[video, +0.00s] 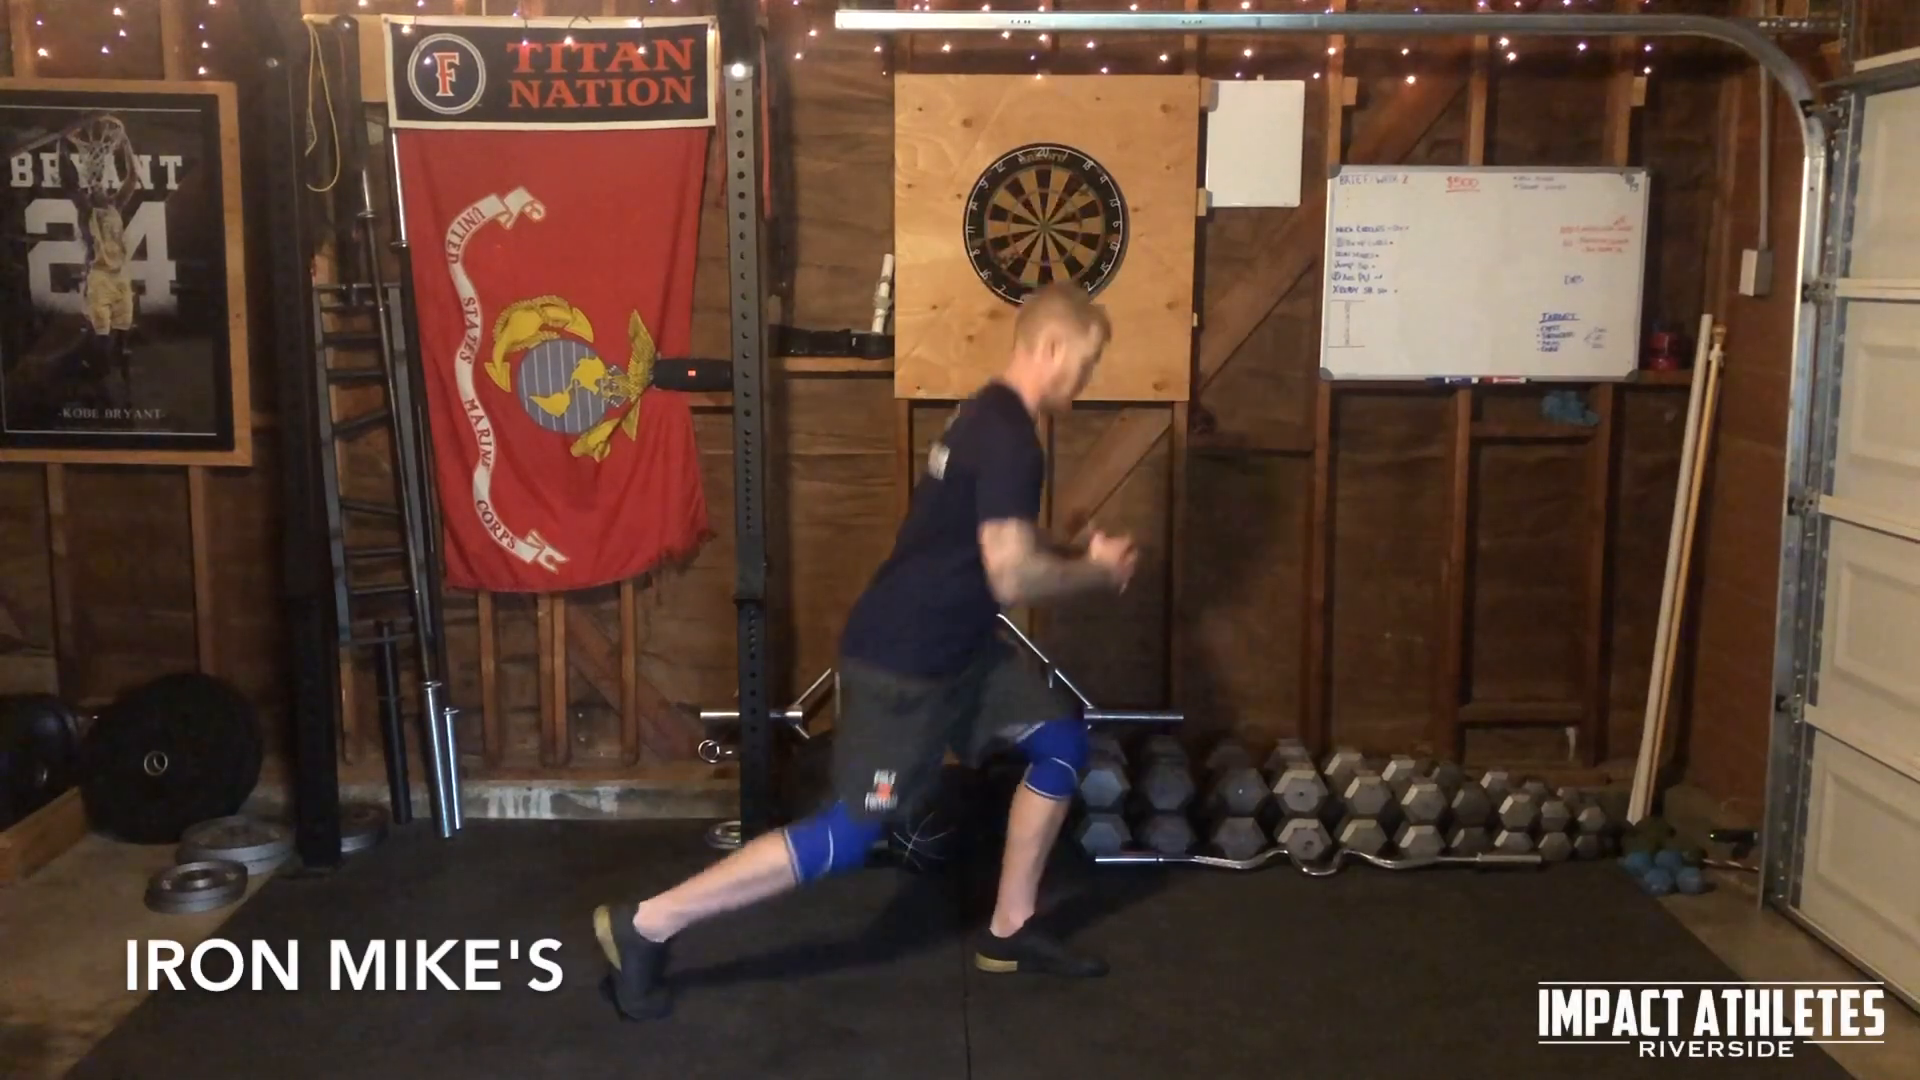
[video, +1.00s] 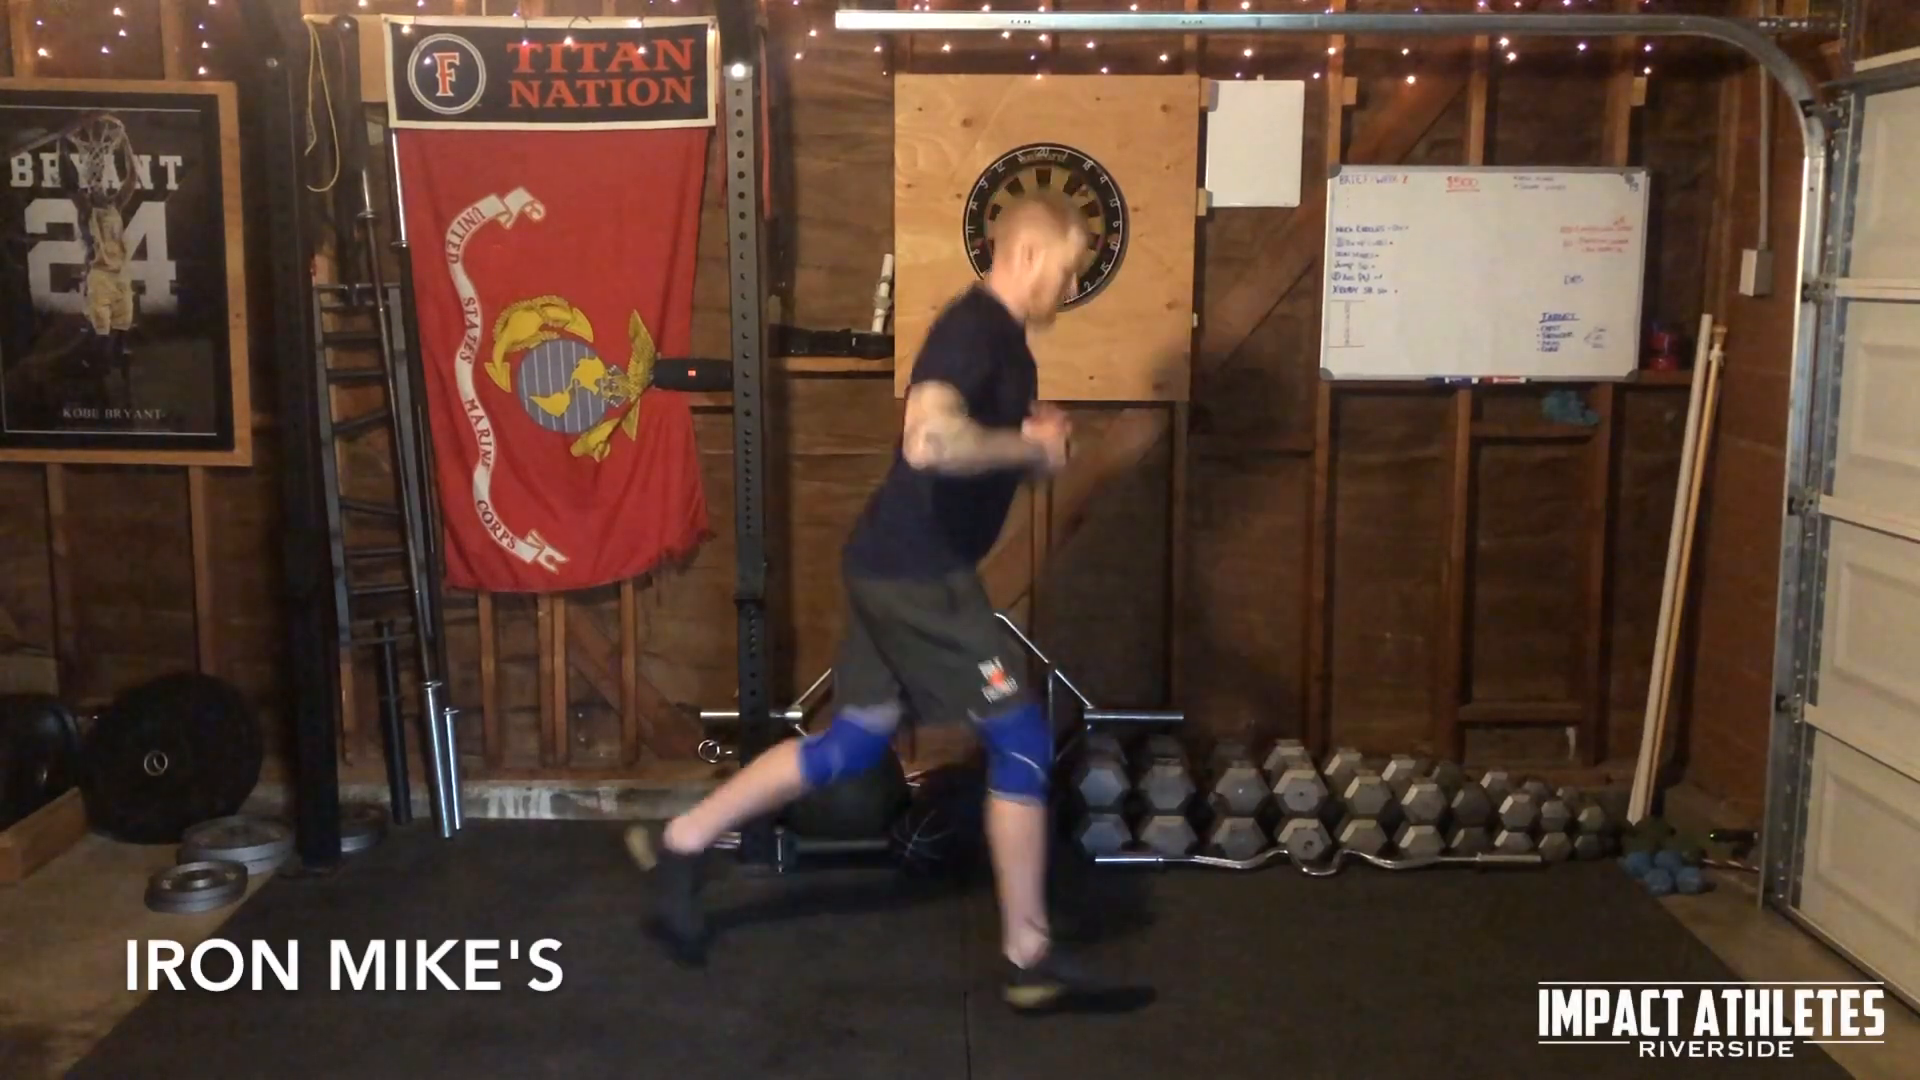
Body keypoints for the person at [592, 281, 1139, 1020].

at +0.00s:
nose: (1086, 378)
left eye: (1091, 362)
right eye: (1087, 360)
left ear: (1034, 347)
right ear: (1052, 350)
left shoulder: (995, 415)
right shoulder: (1004, 430)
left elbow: (993, 544)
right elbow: (1011, 575)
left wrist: (1068, 548)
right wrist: (1091, 571)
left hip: (963, 647)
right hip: (902, 656)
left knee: (1059, 739)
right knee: (855, 831)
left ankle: (1010, 927)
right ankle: (644, 923)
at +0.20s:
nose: (1073, 475)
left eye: (1076, 461)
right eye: (1072, 459)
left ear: (1026, 445)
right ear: (1033, 448)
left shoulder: (988, 513)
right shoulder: (978, 524)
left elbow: (977, 634)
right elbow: (961, 673)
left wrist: (1038, 640)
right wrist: (1052, 664)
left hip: (935, 727)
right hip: (880, 746)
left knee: (1073, 750)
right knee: (848, 940)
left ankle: (1011, 928)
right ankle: (636, 929)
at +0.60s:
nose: (1052, 417)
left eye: (1054, 401)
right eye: (1048, 400)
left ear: (993, 394)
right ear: (1006, 395)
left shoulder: (981, 474)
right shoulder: (965, 477)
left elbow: (970, 599)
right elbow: (970, 617)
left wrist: (1038, 584)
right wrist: (1057, 579)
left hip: (950, 689)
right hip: (887, 704)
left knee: (1071, 755)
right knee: (839, 896)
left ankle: (1012, 930)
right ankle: (628, 930)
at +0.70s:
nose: (1061, 327)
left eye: (1064, 309)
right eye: (1057, 307)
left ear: (1012, 298)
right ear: (1016, 296)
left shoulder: (988, 382)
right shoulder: (969, 380)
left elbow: (979, 498)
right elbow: (969, 508)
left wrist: (1055, 484)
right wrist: (1060, 488)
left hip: (950, 613)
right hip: (894, 615)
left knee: (1020, 739)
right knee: (862, 803)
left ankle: (1008, 926)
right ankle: (674, 902)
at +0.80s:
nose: (1072, 265)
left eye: (1076, 249)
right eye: (1069, 246)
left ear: (1011, 234)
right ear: (1024, 233)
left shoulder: (990, 315)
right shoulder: (974, 310)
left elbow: (973, 412)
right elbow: (957, 433)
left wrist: (1033, 408)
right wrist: (1041, 433)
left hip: (928, 544)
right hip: (899, 545)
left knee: (966, 718)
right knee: (940, 735)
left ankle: (889, 891)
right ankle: (776, 871)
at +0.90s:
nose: (1073, 255)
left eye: (1079, 240)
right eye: (1071, 234)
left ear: (1016, 223)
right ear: (1025, 219)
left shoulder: (994, 300)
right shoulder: (974, 292)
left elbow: (963, 413)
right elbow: (939, 411)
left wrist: (1033, 413)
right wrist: (1035, 416)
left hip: (901, 532)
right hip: (907, 537)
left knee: (914, 712)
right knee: (986, 712)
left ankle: (756, 832)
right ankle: (912, 911)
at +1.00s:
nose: (1072, 288)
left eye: (1078, 271)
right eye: (1070, 268)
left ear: (1018, 255)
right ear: (1025, 253)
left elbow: (962, 439)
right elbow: (927, 440)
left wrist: (1031, 442)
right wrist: (1027, 445)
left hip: (903, 564)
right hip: (910, 568)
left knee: (852, 741)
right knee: (1020, 737)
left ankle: (679, 839)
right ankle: (1029, 959)